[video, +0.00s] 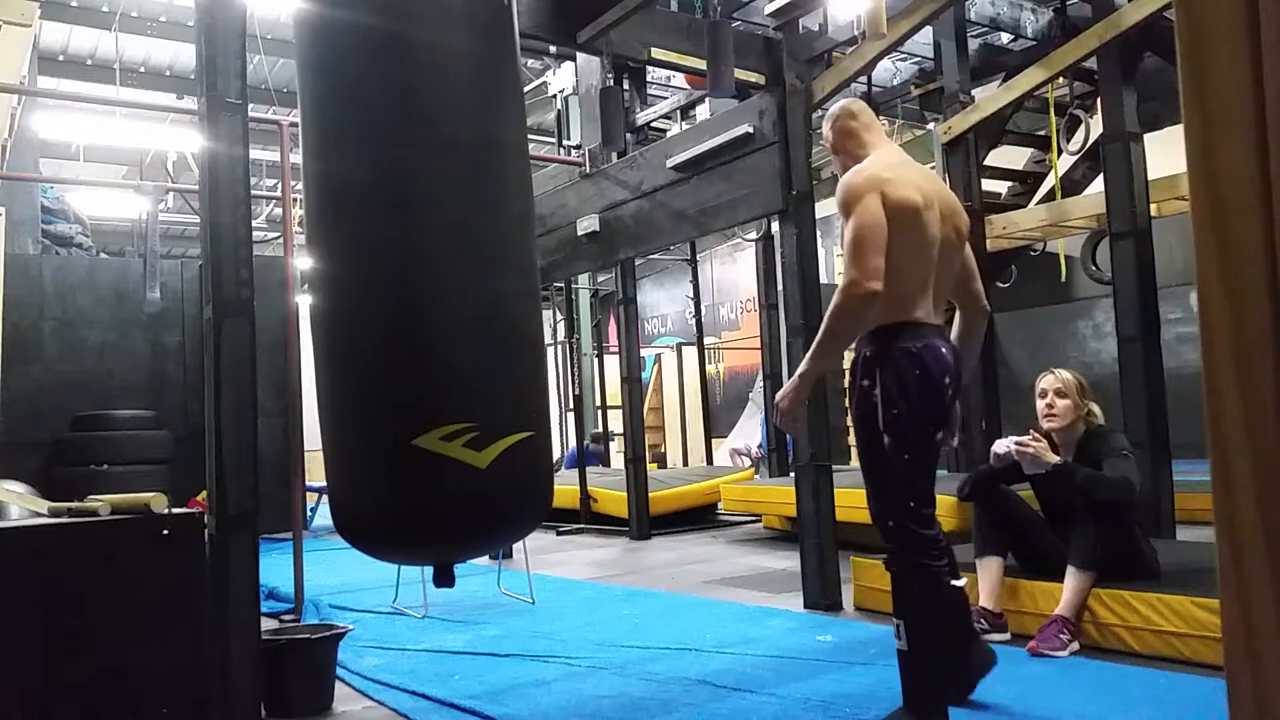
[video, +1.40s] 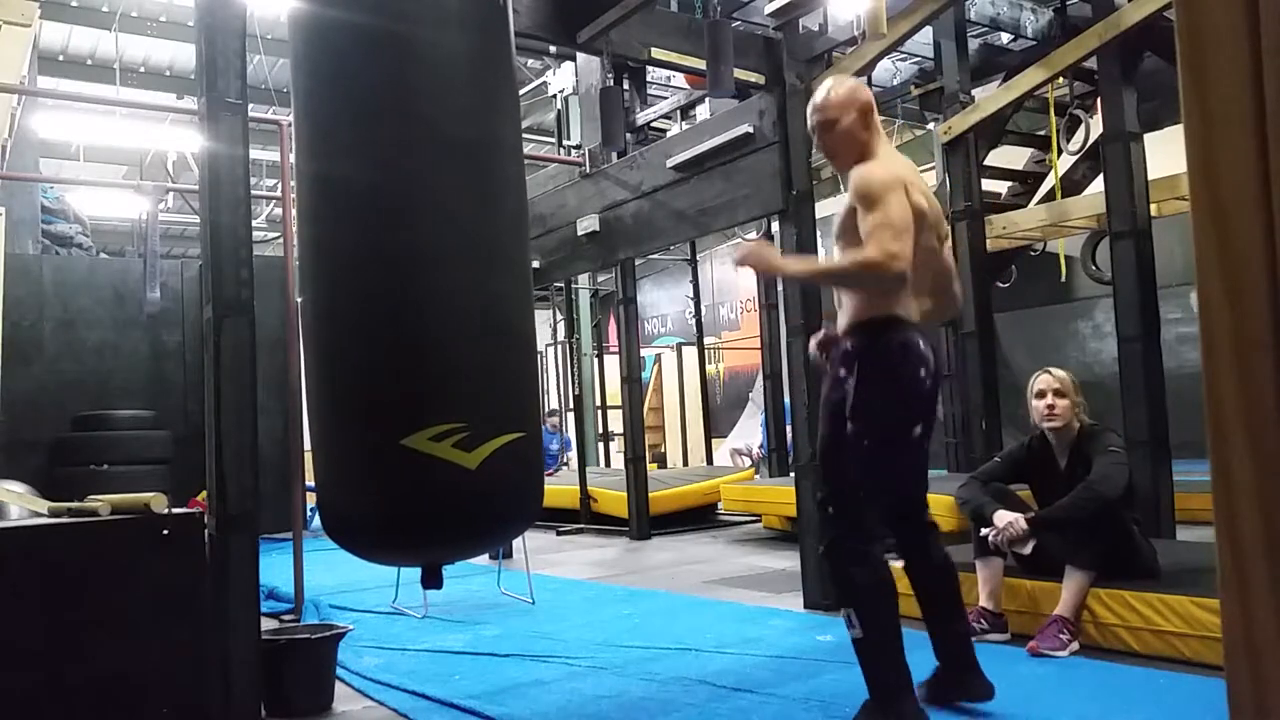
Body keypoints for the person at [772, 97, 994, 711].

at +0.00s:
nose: (831, 165)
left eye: (829, 155)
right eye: (828, 156)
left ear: (840, 141)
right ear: (881, 131)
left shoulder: (862, 179)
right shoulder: (943, 193)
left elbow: (864, 285)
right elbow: (974, 304)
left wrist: (803, 376)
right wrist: (951, 385)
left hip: (887, 361)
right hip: (934, 359)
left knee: (902, 528)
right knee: (913, 519)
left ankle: (924, 700)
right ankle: (962, 651)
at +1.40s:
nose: (820, 144)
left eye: (824, 128)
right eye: (815, 133)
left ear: (862, 115)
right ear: (870, 117)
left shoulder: (874, 176)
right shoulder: (913, 179)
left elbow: (888, 258)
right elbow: (945, 298)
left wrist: (784, 264)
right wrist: (851, 327)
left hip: (873, 361)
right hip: (912, 358)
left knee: (849, 534)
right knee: (909, 520)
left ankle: (891, 700)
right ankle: (961, 671)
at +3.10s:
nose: (848, 78)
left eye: (865, 63)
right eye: (844, 65)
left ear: (912, 74)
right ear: (839, 74)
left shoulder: (951, 179)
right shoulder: (811, 137)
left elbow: (1067, 214)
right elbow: (721, 181)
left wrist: (1107, 167)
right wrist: (679, 146)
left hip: (821, 365)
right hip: (739, 320)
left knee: (823, 545)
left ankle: (804, 713)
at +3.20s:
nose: (891, 97)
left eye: (908, 84)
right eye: (883, 82)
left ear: (939, 93)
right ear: (870, 84)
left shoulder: (942, 194)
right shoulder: (824, 140)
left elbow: (1019, 222)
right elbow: (714, 199)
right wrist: (613, 233)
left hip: (796, 356)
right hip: (736, 276)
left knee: (811, 539)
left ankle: (789, 713)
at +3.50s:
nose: (827, 70)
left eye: (846, 59)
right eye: (824, 57)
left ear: (891, 68)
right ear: (816, 63)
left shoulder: (917, 181)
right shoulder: (779, 136)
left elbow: (876, 249)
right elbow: (674, 180)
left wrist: (834, 131)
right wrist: (589, 138)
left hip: (772, 365)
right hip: (687, 308)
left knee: (751, 572)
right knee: (544, 368)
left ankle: (741, 715)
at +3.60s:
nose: (798, 50)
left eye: (818, 40)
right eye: (792, 38)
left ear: (862, 55)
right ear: (780, 53)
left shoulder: (893, 170)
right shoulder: (750, 149)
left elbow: (891, 257)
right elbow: (651, 202)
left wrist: (824, 147)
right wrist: (569, 167)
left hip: (771, 368)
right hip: (686, 331)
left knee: (747, 574)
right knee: (567, 464)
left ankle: (740, 716)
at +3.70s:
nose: (755, 54)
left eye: (774, 40)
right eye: (751, 44)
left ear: (822, 53)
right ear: (746, 59)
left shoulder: (857, 158)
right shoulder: (727, 154)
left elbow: (863, 263)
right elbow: (648, 241)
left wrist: (784, 161)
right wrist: (566, 239)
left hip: (767, 367)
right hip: (685, 354)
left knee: (738, 556)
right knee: (623, 520)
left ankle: (733, 711)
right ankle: (693, 648)